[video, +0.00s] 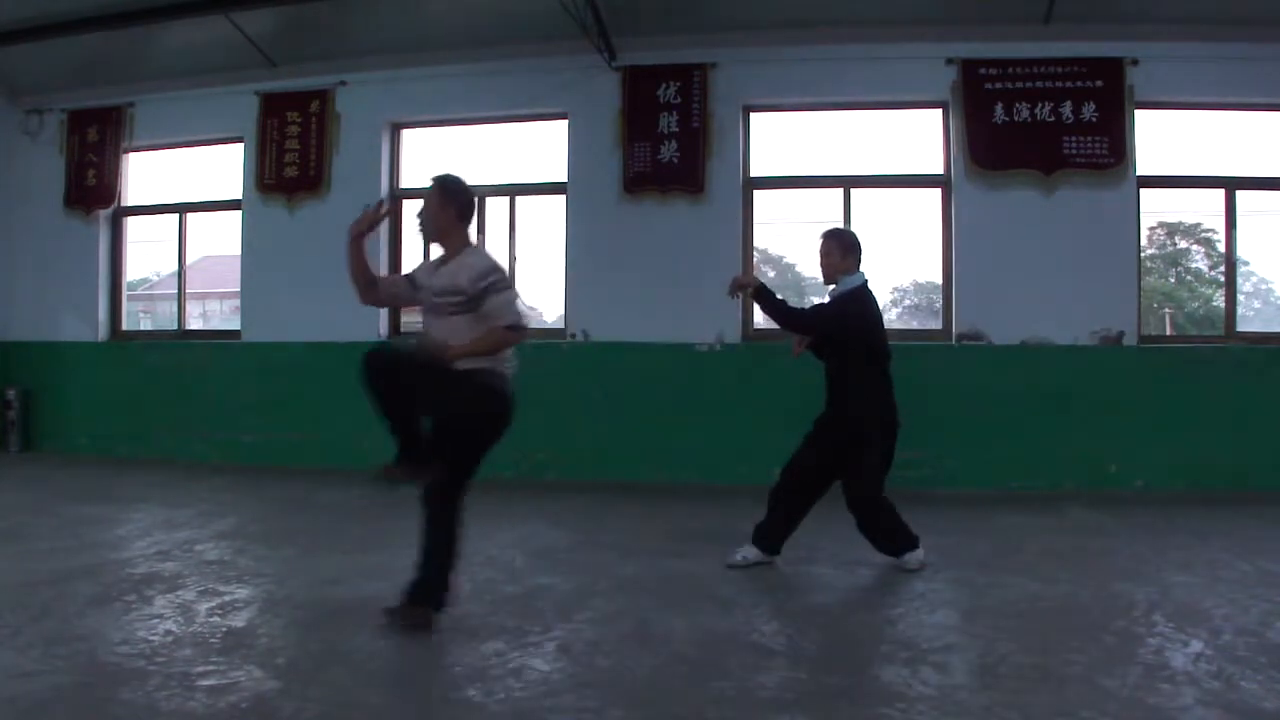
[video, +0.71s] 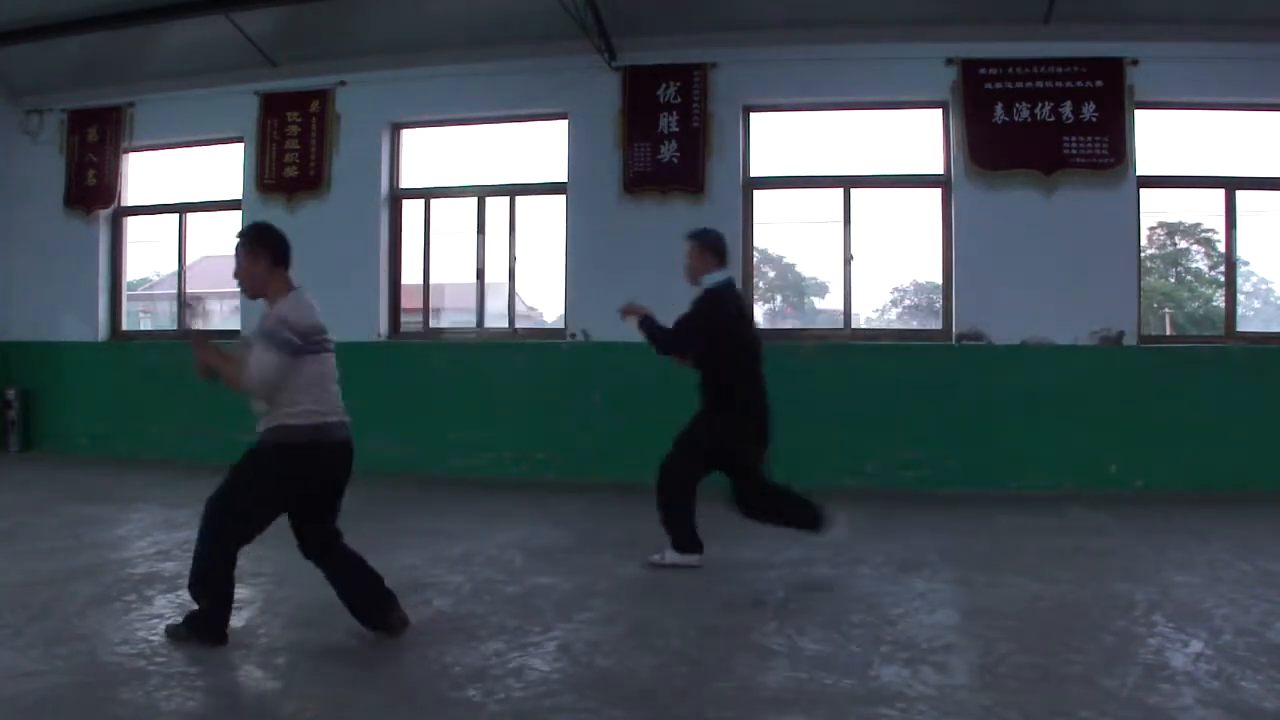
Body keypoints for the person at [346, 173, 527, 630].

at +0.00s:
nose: (420, 212)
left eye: (428, 204)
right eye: (423, 204)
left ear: (452, 212)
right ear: (447, 214)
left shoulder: (482, 268)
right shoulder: (430, 272)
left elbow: (511, 329)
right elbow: (374, 293)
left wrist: (454, 351)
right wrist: (356, 241)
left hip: (482, 390)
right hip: (439, 383)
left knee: (443, 486)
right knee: (380, 361)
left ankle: (426, 602)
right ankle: (414, 454)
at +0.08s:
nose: (395, 233)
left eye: (402, 224)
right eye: (396, 225)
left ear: (426, 231)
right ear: (416, 231)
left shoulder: (456, 288)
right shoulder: (404, 294)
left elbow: (468, 356)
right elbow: (345, 299)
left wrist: (412, 371)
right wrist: (331, 244)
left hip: (451, 412)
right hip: (413, 408)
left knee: (401, 510)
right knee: (345, 420)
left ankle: (405, 614)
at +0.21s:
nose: (370, 241)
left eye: (377, 232)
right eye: (373, 232)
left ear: (403, 238)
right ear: (399, 240)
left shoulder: (429, 294)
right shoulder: (382, 299)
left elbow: (428, 366)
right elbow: (324, 302)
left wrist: (377, 366)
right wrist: (295, 251)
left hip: (422, 424)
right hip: (386, 419)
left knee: (381, 517)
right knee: (318, 480)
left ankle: (407, 613)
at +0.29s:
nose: (346, 244)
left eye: (353, 235)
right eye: (348, 234)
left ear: (375, 239)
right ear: (380, 240)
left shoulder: (396, 299)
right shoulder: (367, 298)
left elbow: (375, 369)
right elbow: (307, 301)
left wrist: (329, 334)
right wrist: (263, 262)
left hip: (384, 431)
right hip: (374, 429)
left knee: (297, 516)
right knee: (370, 525)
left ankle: (240, 604)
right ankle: (406, 613)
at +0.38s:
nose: (327, 246)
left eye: (333, 236)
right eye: (329, 236)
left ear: (358, 238)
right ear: (362, 240)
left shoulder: (369, 296)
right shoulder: (363, 294)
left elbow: (336, 363)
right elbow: (294, 303)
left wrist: (311, 322)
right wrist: (245, 272)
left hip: (353, 429)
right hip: (382, 429)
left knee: (287, 524)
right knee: (363, 528)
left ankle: (227, 614)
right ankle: (405, 613)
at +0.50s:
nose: (282, 251)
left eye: (288, 241)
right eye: (283, 241)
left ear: (311, 243)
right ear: (324, 245)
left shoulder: (303, 300)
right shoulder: (355, 295)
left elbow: (247, 331)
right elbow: (286, 328)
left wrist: (221, 313)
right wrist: (239, 323)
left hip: (312, 428)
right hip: (362, 429)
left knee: (248, 525)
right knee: (342, 530)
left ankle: (213, 623)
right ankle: (399, 614)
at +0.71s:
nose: (236, 272)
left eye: (242, 262)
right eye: (237, 262)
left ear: (265, 263)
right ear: (274, 264)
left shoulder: (283, 315)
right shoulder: (304, 311)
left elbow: (257, 379)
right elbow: (274, 382)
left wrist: (210, 357)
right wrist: (223, 369)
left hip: (291, 446)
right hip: (331, 445)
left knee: (222, 520)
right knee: (319, 539)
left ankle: (210, 621)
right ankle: (386, 615)